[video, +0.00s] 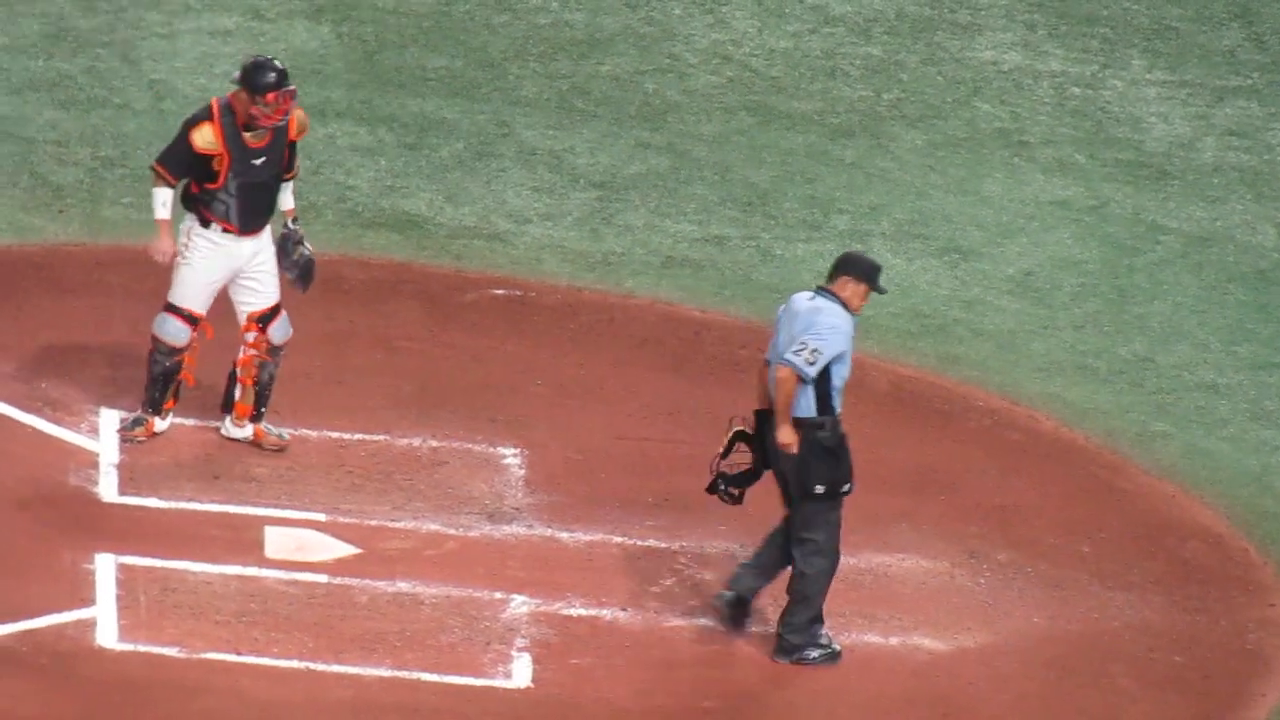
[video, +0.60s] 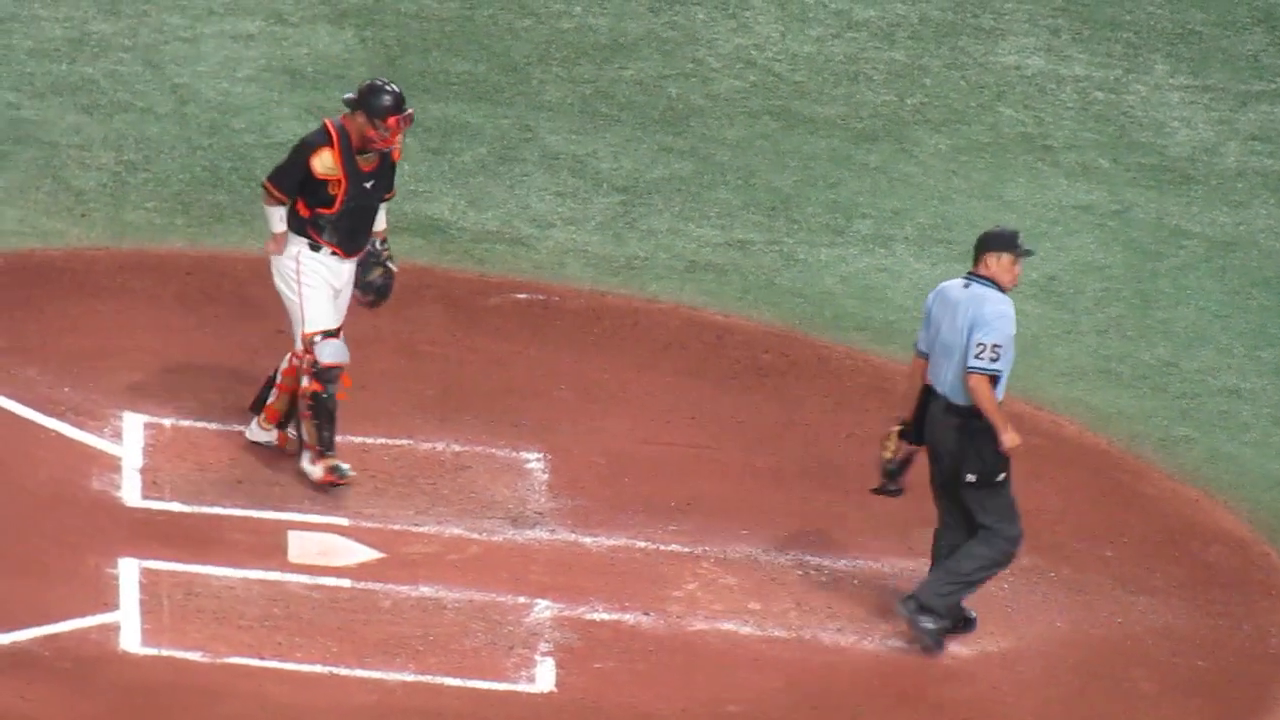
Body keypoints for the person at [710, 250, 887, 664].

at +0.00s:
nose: (867, 299)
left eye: (869, 292)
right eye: (866, 290)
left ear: (841, 280)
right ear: (847, 283)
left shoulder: (797, 303)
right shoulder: (835, 321)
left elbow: (770, 366)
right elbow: (787, 371)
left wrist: (766, 423)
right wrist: (783, 424)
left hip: (785, 434)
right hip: (814, 438)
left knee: (799, 525)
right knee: (820, 542)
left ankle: (740, 591)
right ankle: (799, 636)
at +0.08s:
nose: (888, 301)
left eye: (891, 294)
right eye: (889, 293)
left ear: (857, 279)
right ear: (875, 286)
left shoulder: (814, 302)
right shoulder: (863, 321)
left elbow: (785, 365)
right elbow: (820, 375)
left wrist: (777, 423)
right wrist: (811, 428)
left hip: (799, 428)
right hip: (834, 436)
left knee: (828, 520)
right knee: (831, 534)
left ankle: (795, 603)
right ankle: (802, 638)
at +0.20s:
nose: (920, 301)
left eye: (923, 295)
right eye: (921, 294)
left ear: (888, 281)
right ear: (908, 288)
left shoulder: (843, 305)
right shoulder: (902, 324)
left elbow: (807, 362)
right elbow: (868, 380)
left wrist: (784, 414)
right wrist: (856, 438)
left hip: (832, 429)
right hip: (868, 439)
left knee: (875, 519)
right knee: (845, 538)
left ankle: (880, 607)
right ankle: (806, 638)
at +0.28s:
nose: (939, 300)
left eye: (941, 293)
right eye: (940, 293)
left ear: (906, 280)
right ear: (929, 287)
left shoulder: (862, 305)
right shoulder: (924, 325)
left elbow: (824, 364)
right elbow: (896, 384)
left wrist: (793, 414)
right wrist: (890, 441)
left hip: (852, 431)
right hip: (887, 439)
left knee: (893, 520)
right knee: (860, 538)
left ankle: (915, 602)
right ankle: (810, 638)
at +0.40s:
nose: (968, 291)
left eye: (969, 284)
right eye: (968, 284)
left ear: (933, 276)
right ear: (956, 281)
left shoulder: (892, 304)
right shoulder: (954, 321)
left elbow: (858, 366)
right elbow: (933, 388)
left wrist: (826, 416)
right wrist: (936, 452)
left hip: (889, 431)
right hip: (924, 439)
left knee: (932, 523)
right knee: (904, 543)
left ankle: (934, 610)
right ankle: (831, 627)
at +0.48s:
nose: (989, 284)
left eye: (990, 277)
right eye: (988, 276)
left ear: (953, 271)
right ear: (970, 273)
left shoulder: (912, 299)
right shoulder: (974, 317)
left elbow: (884, 365)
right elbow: (954, 386)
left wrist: (857, 417)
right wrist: (965, 448)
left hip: (907, 424)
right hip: (940, 433)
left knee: (941, 526)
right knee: (946, 545)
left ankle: (938, 612)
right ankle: (864, 611)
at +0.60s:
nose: (1019, 269)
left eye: (1019, 261)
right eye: (1013, 261)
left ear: (983, 262)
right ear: (990, 261)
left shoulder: (944, 291)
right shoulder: (996, 308)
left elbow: (923, 360)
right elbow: (977, 379)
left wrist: (916, 418)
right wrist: (1003, 428)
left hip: (936, 416)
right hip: (969, 426)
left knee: (954, 520)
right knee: (1002, 533)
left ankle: (945, 605)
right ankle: (929, 603)